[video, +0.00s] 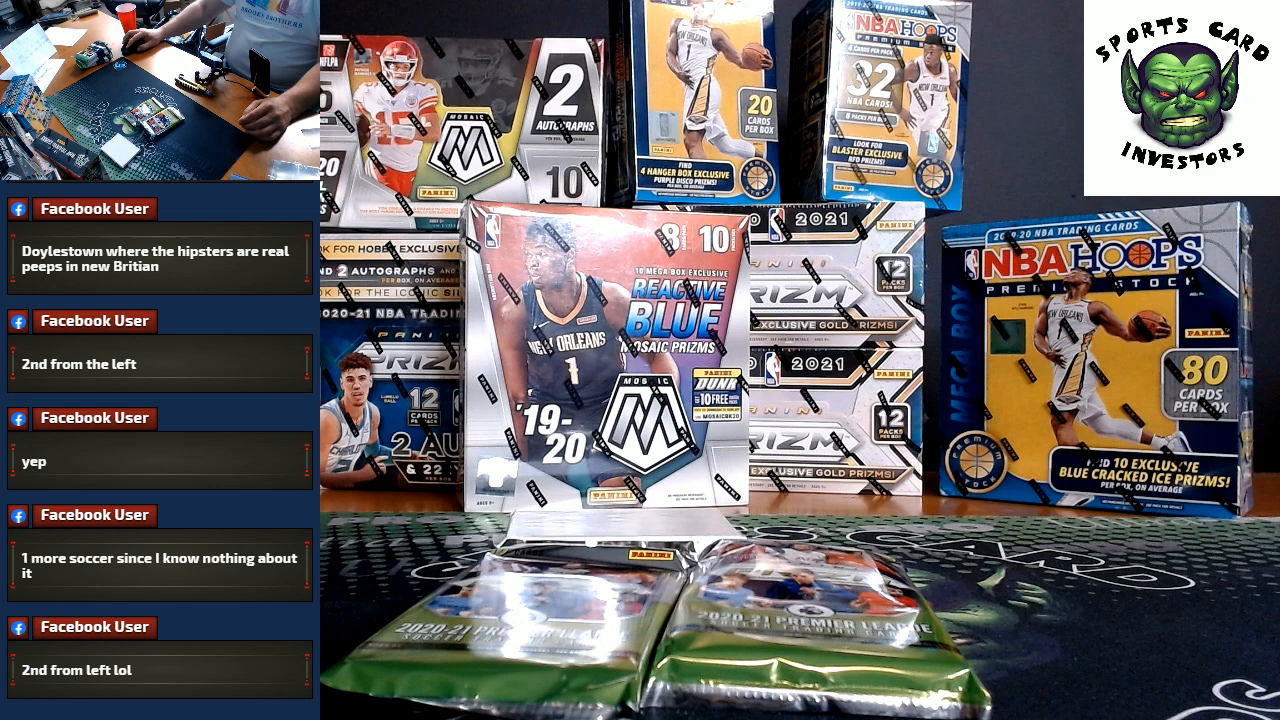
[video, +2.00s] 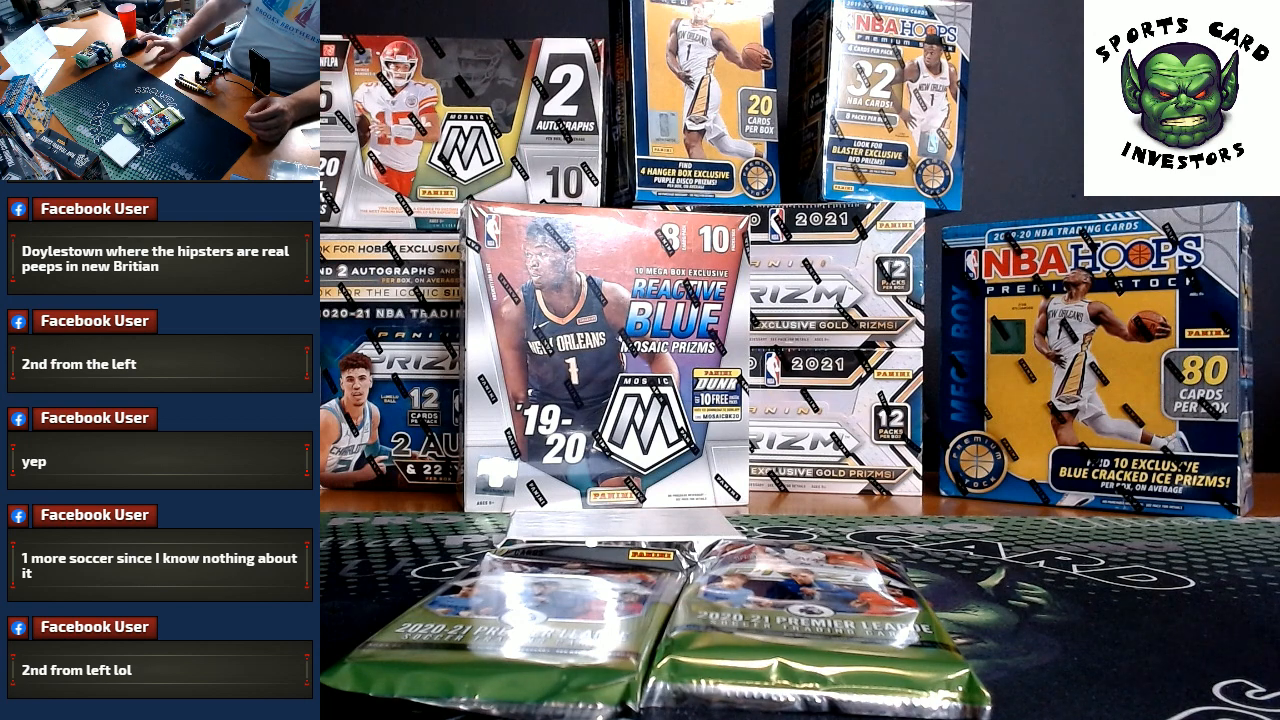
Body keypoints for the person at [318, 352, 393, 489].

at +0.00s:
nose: (356, 385)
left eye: (362, 378)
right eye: (350, 379)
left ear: (370, 382)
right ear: (341, 383)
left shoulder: (372, 413)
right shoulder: (325, 419)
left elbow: (373, 450)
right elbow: (316, 477)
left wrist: (406, 456)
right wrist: (360, 475)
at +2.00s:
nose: (356, 385)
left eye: (362, 378)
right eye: (350, 379)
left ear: (370, 382)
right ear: (341, 383)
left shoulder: (372, 413)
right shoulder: (325, 419)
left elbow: (373, 450)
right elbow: (316, 477)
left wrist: (406, 456)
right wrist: (360, 475)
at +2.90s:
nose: (356, 385)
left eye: (362, 378)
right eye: (350, 379)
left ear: (370, 382)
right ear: (341, 384)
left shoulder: (372, 413)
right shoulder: (325, 419)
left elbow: (373, 450)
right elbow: (316, 477)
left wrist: (406, 456)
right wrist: (360, 475)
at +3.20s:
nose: (356, 385)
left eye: (362, 378)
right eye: (350, 379)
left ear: (370, 382)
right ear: (341, 383)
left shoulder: (372, 413)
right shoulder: (325, 419)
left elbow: (373, 450)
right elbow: (316, 477)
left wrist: (406, 456)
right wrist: (360, 475)